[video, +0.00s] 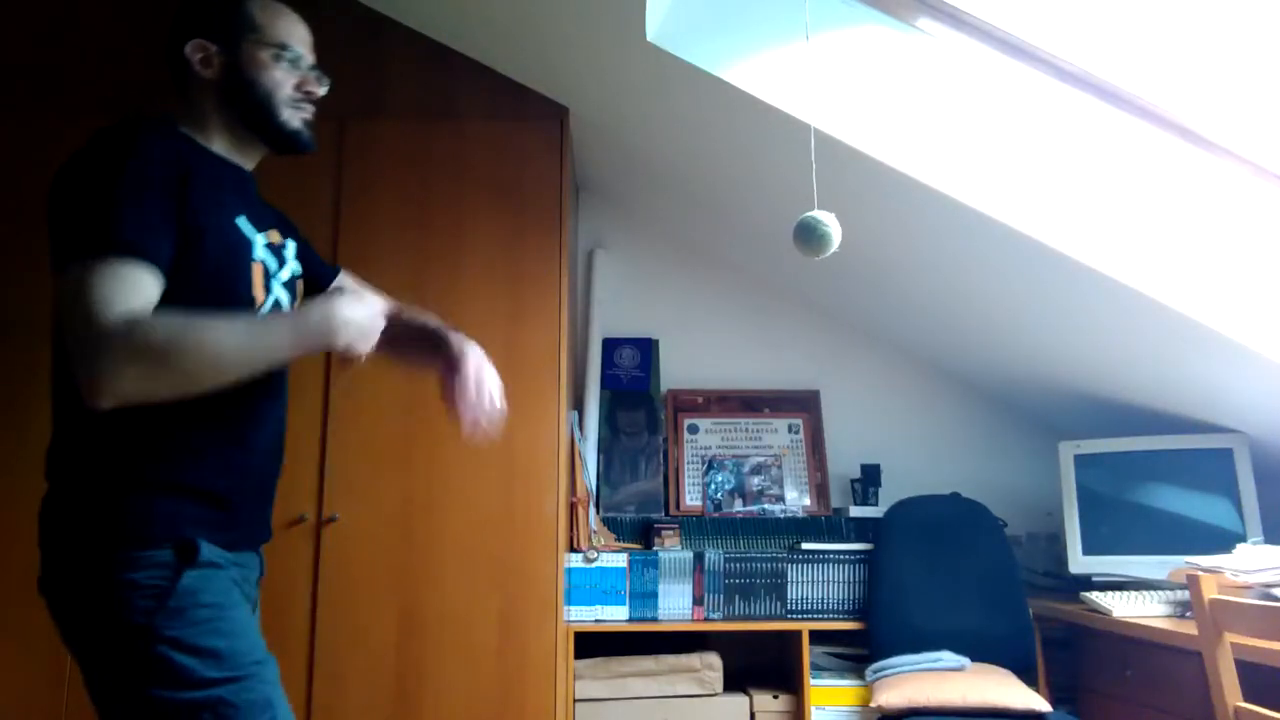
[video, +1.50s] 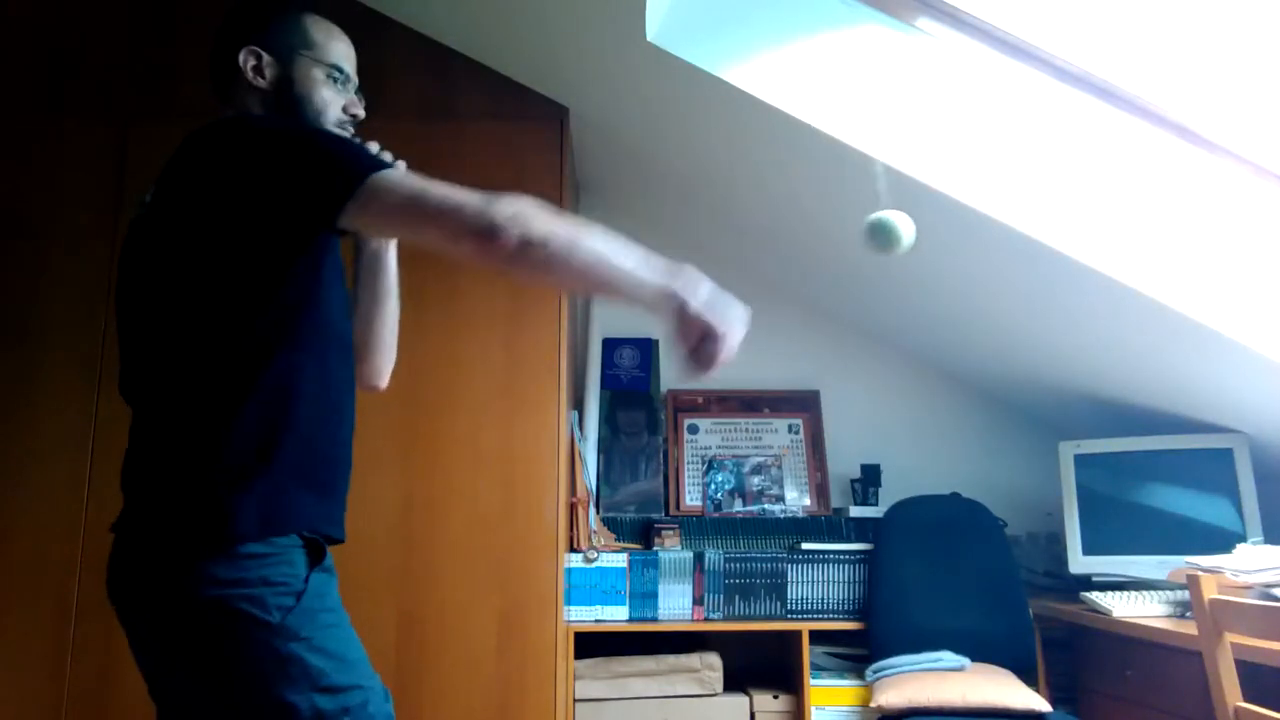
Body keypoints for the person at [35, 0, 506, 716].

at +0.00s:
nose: (314, 83)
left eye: (313, 69)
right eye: (285, 58)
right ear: (208, 61)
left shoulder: (258, 217)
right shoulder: (134, 162)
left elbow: (356, 305)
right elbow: (109, 361)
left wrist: (446, 346)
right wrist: (313, 325)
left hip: (221, 557)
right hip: (150, 558)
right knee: (253, 705)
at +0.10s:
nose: (288, 89)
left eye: (288, 76)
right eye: (260, 64)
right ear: (181, 65)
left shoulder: (248, 233)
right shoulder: (107, 178)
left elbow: (321, 385)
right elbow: (107, 386)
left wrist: (415, 334)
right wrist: (327, 393)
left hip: (220, 565)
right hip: (144, 563)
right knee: (240, 706)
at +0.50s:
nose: (272, 82)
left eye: (271, 67)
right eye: (240, 58)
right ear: (162, 69)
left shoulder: (270, 236)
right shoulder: (79, 192)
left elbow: (316, 408)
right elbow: (93, 386)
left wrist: (405, 311)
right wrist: (283, 295)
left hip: (266, 570)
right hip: (163, 571)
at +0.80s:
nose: (314, 74)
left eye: (311, 59)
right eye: (283, 50)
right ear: (203, 64)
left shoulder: (278, 222)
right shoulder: (136, 172)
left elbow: (393, 374)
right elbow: (203, 338)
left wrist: (427, 268)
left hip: (287, 570)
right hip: (214, 572)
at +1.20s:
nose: (364, 85)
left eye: (361, 68)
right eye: (335, 60)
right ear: (255, 65)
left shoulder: (299, 208)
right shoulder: (213, 173)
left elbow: (417, 367)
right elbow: (297, 342)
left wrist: (435, 234)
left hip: (291, 563)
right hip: (245, 567)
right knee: (358, 705)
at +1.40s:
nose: (366, 105)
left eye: (365, 88)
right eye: (344, 76)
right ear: (265, 70)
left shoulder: (221, 190)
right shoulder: (279, 155)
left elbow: (373, 363)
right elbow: (531, 200)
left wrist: (387, 206)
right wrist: (725, 227)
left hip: (203, 566)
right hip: (245, 566)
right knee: (362, 710)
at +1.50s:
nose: (356, 103)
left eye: (356, 85)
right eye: (335, 75)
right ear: (257, 69)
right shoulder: (250, 156)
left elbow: (370, 366)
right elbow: (500, 229)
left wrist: (373, 207)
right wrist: (674, 285)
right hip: (231, 564)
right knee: (358, 705)